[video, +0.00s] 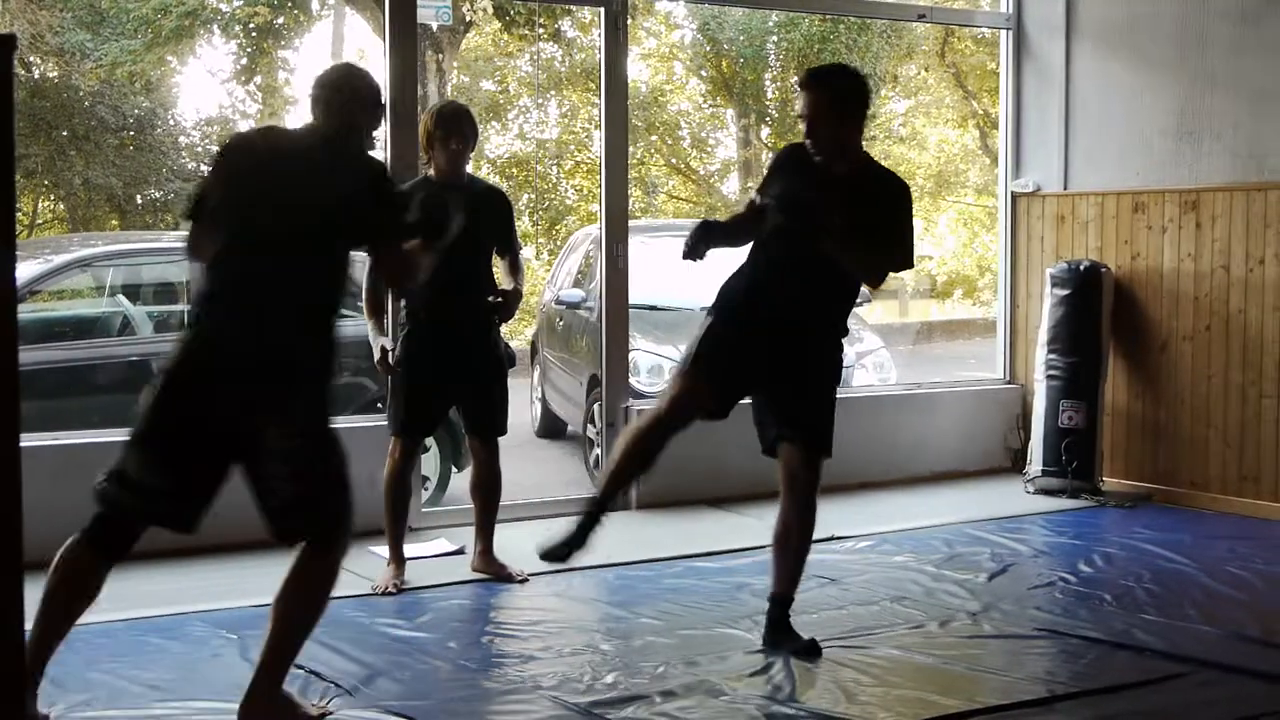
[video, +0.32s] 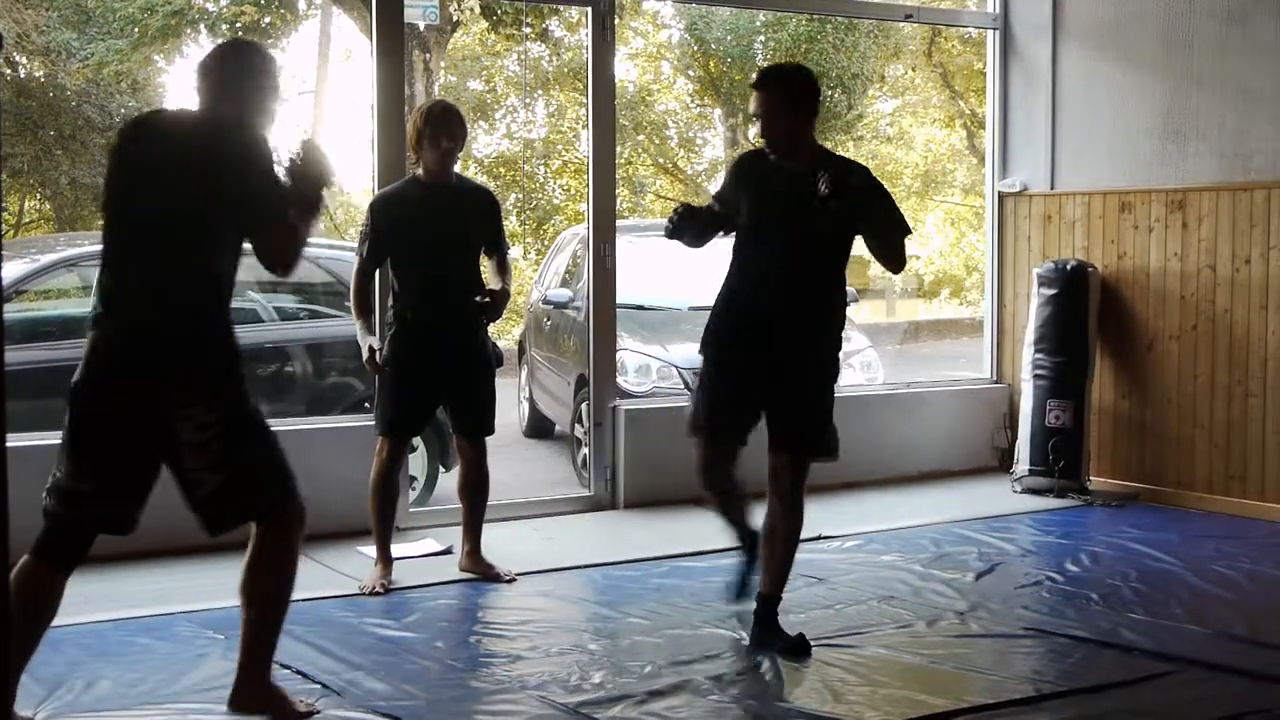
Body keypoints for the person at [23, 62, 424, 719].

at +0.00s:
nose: (374, 129)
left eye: (373, 117)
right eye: (373, 117)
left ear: (314, 105)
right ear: (364, 115)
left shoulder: (247, 149)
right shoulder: (367, 177)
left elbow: (200, 243)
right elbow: (396, 276)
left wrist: (268, 220)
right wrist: (430, 241)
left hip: (203, 368)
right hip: (287, 381)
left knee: (113, 523)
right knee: (328, 532)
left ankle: (24, 680)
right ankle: (265, 692)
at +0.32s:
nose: (272, 106)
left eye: (272, 94)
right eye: (270, 94)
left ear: (204, 84)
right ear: (252, 92)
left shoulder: (138, 135)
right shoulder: (240, 147)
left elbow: (134, 239)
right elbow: (282, 258)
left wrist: (276, 188)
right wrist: (308, 190)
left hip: (112, 367)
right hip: (197, 370)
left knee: (54, 548)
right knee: (280, 516)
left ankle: (3, 696)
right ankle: (253, 682)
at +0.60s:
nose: (283, 103)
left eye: (279, 90)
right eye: (280, 91)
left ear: (215, 87)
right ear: (272, 94)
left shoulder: (160, 141)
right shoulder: (272, 154)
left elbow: (143, 244)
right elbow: (304, 255)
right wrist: (314, 162)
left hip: (136, 369)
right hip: (220, 374)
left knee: (75, 543)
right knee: (314, 519)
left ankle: (3, 693)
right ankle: (383, 678)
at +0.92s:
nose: (397, 116)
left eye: (396, 105)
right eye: (396, 104)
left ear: (322, 94)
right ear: (381, 103)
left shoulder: (258, 140)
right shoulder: (384, 168)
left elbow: (229, 221)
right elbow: (414, 271)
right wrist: (447, 224)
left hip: (227, 361)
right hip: (314, 369)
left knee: (192, 509)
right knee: (385, 519)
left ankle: (106, 646)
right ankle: (401, 689)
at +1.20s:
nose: (379, 107)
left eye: (378, 96)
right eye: (377, 95)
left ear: (307, 86)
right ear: (368, 92)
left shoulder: (255, 135)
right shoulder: (363, 145)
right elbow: (407, 239)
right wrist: (441, 190)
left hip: (238, 364)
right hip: (323, 365)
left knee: (225, 534)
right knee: (408, 504)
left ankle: (183, 686)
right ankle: (406, 673)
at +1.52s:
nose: (397, 95)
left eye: (395, 82)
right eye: (394, 82)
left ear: (326, 79)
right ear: (380, 82)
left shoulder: (272, 131)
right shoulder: (386, 138)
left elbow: (266, 235)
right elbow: (432, 238)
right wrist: (464, 196)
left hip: (255, 353)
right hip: (336, 356)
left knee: (223, 520)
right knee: (405, 509)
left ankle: (181, 675)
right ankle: (417, 683)